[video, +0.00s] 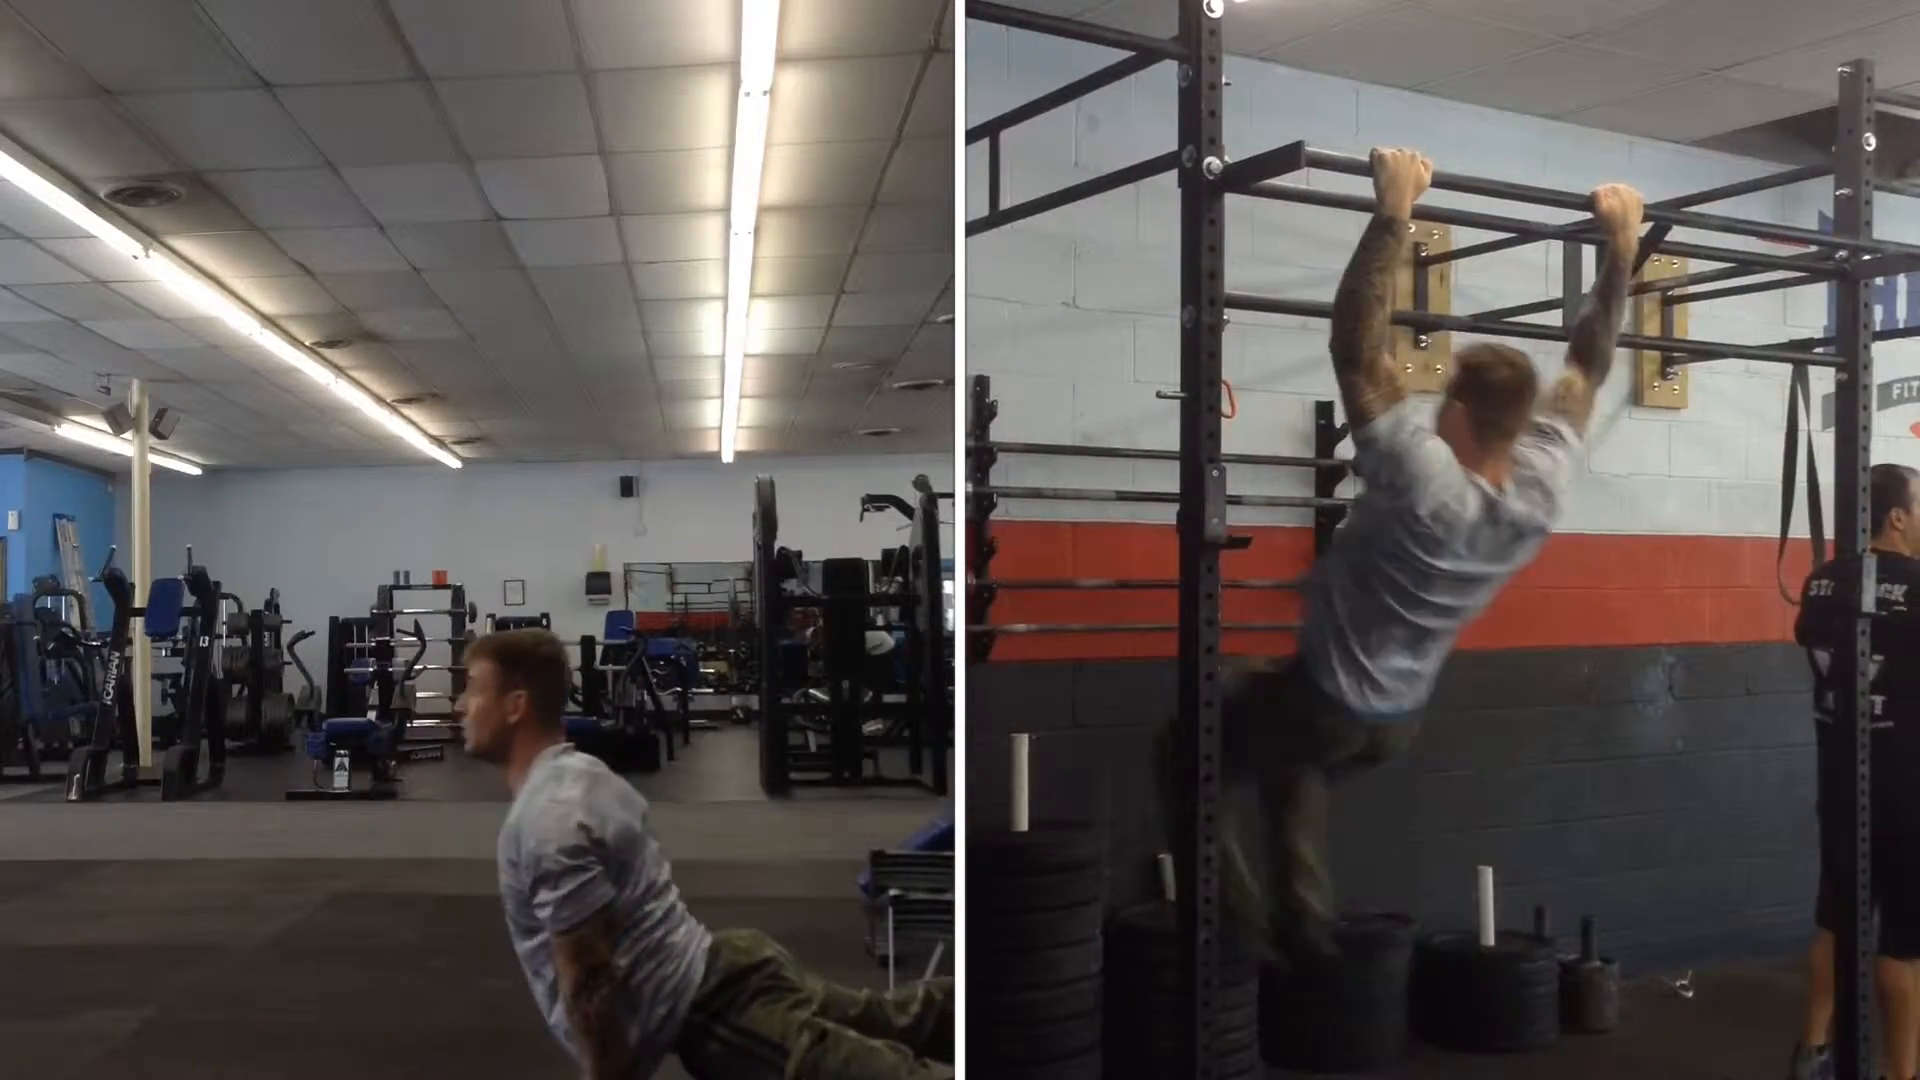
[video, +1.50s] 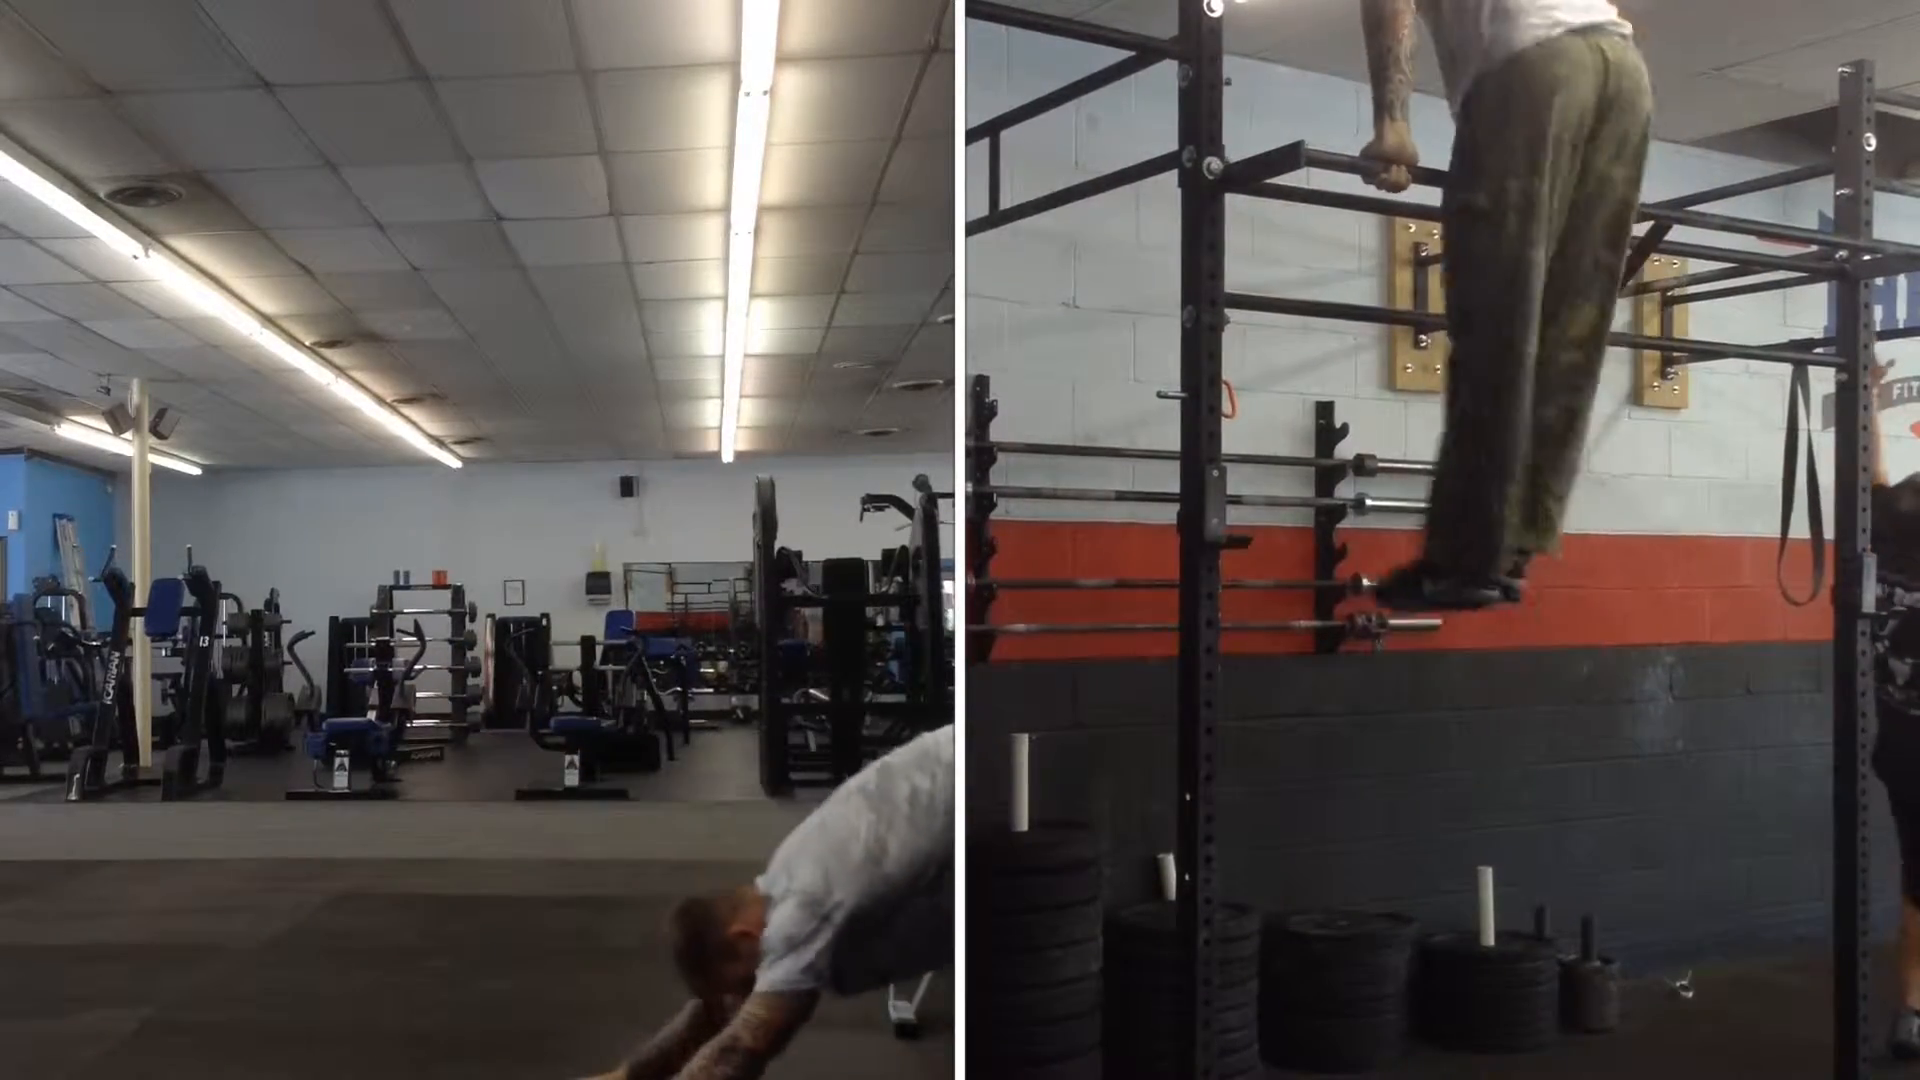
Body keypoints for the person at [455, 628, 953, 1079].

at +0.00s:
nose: (460, 706)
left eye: (472, 690)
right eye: (464, 690)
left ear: (516, 704)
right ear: (520, 705)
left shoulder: (552, 818)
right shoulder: (578, 776)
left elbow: (589, 985)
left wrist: (606, 1068)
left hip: (718, 1014)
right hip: (727, 969)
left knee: (910, 1070)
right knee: (897, 1024)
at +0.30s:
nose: (448, 733)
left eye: (455, 716)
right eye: (448, 717)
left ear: (503, 716)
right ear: (511, 714)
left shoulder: (565, 818)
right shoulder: (582, 768)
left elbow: (597, 990)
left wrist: (614, 1072)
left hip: (763, 977)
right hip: (767, 937)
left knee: (936, 1057)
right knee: (928, 993)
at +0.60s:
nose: (487, 823)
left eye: (476, 805)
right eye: (473, 812)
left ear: (504, 770)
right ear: (515, 762)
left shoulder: (606, 808)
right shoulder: (604, 771)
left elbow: (621, 989)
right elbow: (618, 981)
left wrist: (618, 1071)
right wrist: (617, 1066)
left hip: (854, 869)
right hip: (854, 857)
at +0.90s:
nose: (603, 876)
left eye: (591, 863)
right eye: (589, 871)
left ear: (607, 819)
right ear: (612, 806)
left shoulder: (696, 814)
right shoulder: (684, 797)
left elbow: (671, 987)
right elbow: (658, 957)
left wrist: (636, 1069)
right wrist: (627, 1062)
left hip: (957, 793)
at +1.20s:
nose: (722, 938)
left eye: (714, 930)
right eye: (711, 936)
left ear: (718, 887)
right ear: (719, 878)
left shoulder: (781, 861)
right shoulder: (760, 844)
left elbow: (714, 1014)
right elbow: (696, 971)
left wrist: (648, 1077)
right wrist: (625, 1066)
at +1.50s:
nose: (759, 990)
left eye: (747, 984)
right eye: (743, 991)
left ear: (746, 938)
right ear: (741, 930)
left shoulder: (804, 908)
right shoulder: (778, 888)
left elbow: (741, 1052)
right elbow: (713, 1008)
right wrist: (629, 1070)